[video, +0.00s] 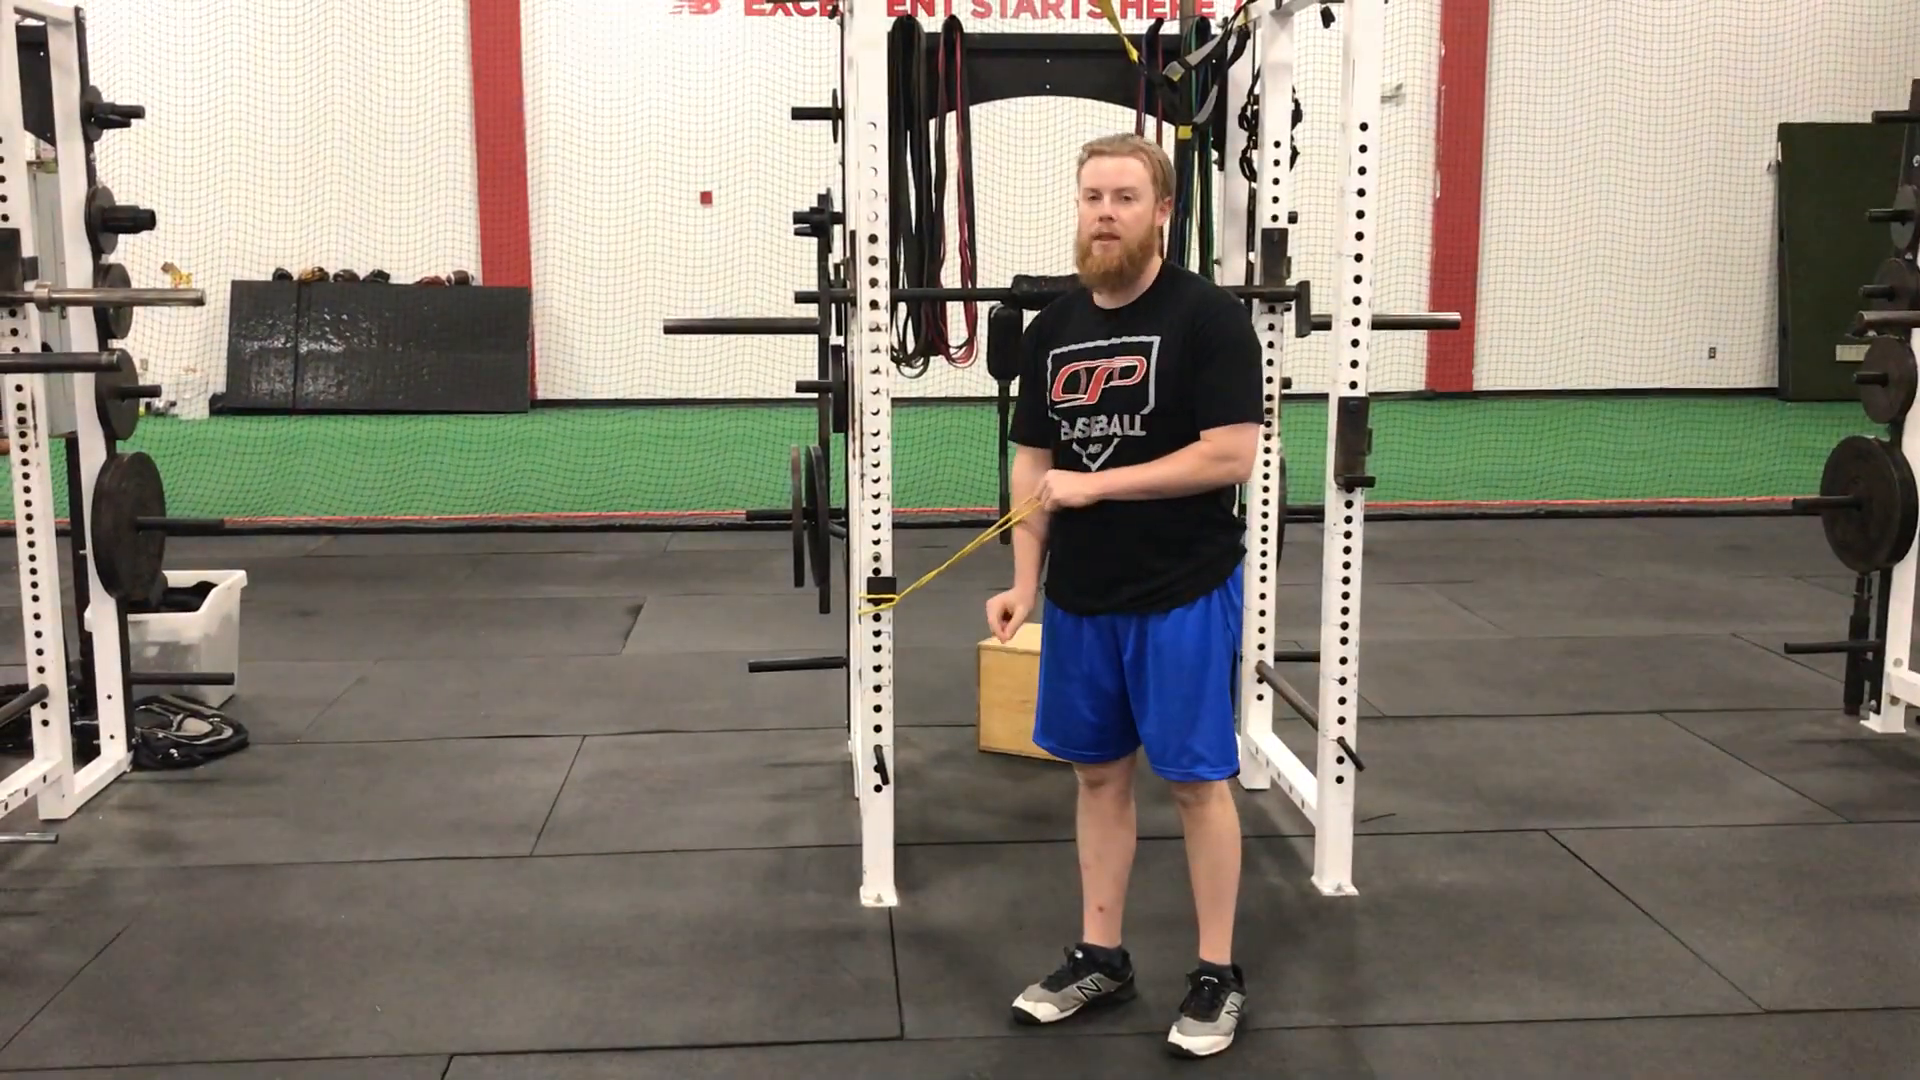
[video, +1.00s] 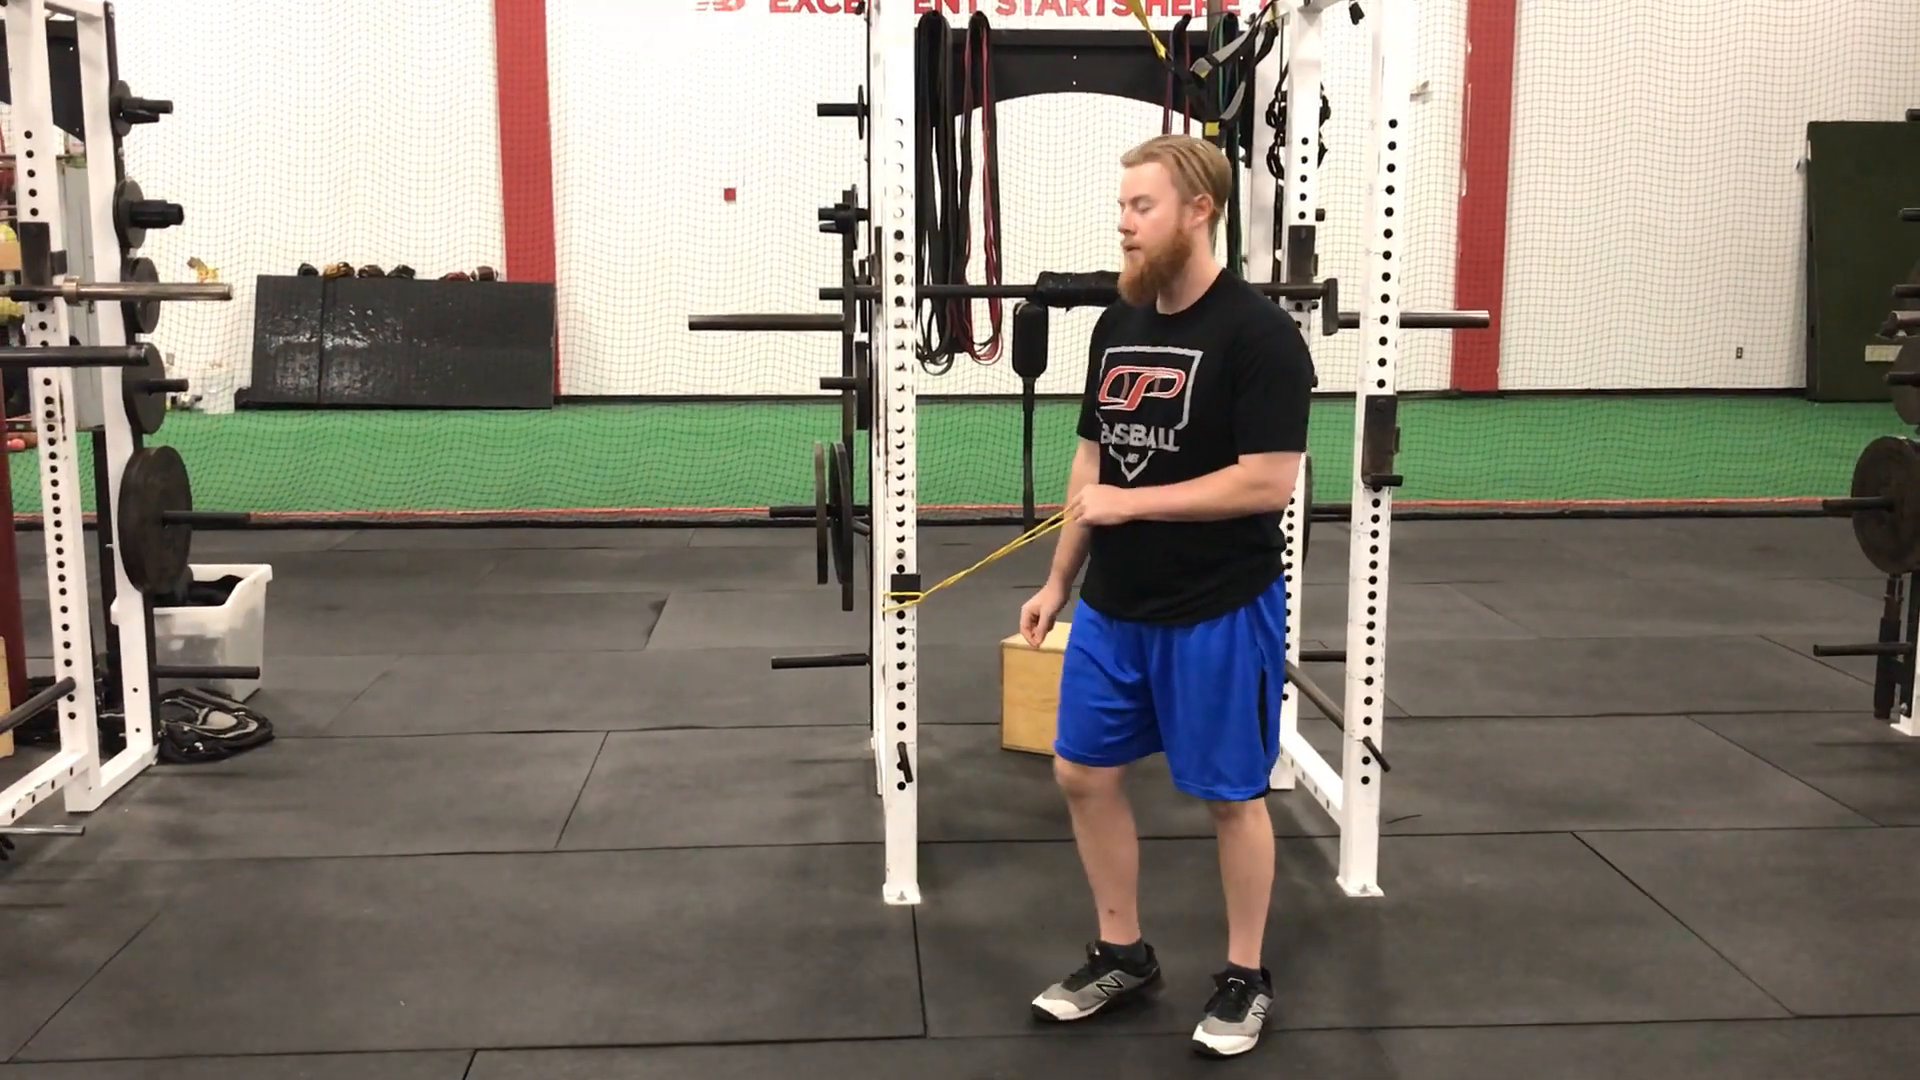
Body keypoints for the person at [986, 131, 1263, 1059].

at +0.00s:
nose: (1103, 212)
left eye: (1123, 197)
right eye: (1091, 196)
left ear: (1162, 212)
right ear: (1075, 210)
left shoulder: (1210, 318)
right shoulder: (1053, 326)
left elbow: (1234, 454)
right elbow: (1031, 458)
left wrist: (1096, 483)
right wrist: (1026, 578)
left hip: (1186, 596)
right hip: (1080, 596)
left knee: (1199, 779)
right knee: (1098, 774)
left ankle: (1215, 974)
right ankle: (1100, 958)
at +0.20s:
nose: (1107, 222)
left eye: (1126, 205)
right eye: (1094, 203)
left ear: (1166, 216)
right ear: (1079, 212)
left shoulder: (1211, 320)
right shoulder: (1058, 328)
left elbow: (1237, 458)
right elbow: (1037, 464)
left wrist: (1101, 486)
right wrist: (1023, 587)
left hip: (1188, 598)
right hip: (1085, 598)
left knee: (1201, 781)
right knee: (1100, 777)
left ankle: (1217, 978)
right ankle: (1102, 961)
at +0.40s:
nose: (1117, 224)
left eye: (1137, 207)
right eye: (1104, 206)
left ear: (1174, 218)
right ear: (1087, 215)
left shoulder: (1219, 321)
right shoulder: (1069, 327)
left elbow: (1242, 461)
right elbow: (1048, 461)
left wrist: (1106, 490)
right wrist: (1027, 584)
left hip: (1195, 600)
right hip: (1092, 599)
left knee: (1206, 784)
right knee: (1104, 778)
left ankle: (1220, 979)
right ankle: (1105, 962)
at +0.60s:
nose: (1127, 219)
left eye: (1147, 202)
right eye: (1115, 200)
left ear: (1187, 216)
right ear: (1102, 212)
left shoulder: (1233, 323)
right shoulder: (1082, 328)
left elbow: (1255, 463)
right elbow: (1060, 459)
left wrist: (1117, 491)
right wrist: (1038, 577)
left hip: (1206, 601)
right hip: (1102, 600)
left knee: (1214, 786)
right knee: (1112, 779)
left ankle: (1226, 979)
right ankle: (1111, 962)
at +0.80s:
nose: (1127, 215)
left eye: (1148, 200)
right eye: (1121, 199)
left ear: (1200, 212)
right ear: (1116, 207)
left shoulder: (1250, 322)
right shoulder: (1100, 323)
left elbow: (1267, 467)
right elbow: (1075, 461)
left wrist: (1120, 492)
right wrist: (1046, 582)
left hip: (1218, 603)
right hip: (1112, 600)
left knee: (1224, 791)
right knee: (1119, 777)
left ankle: (1234, 977)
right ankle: (1117, 960)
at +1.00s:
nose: (1123, 226)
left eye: (1140, 207)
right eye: (1121, 208)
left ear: (1198, 212)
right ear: (1147, 215)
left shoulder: (1261, 331)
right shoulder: (1118, 328)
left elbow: (1273, 481)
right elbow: (1093, 465)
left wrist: (1126, 501)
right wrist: (1059, 579)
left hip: (1223, 611)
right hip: (1117, 603)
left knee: (1234, 797)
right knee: (1083, 772)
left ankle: (1243, 977)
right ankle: (1121, 954)